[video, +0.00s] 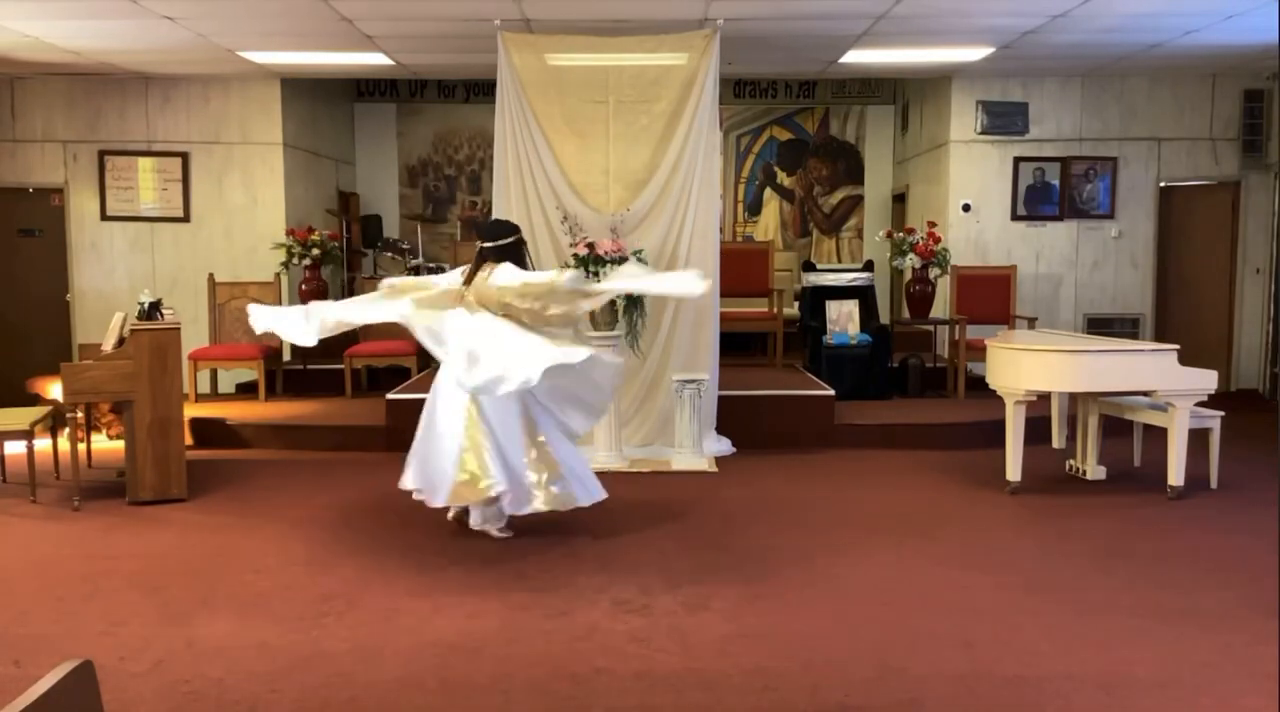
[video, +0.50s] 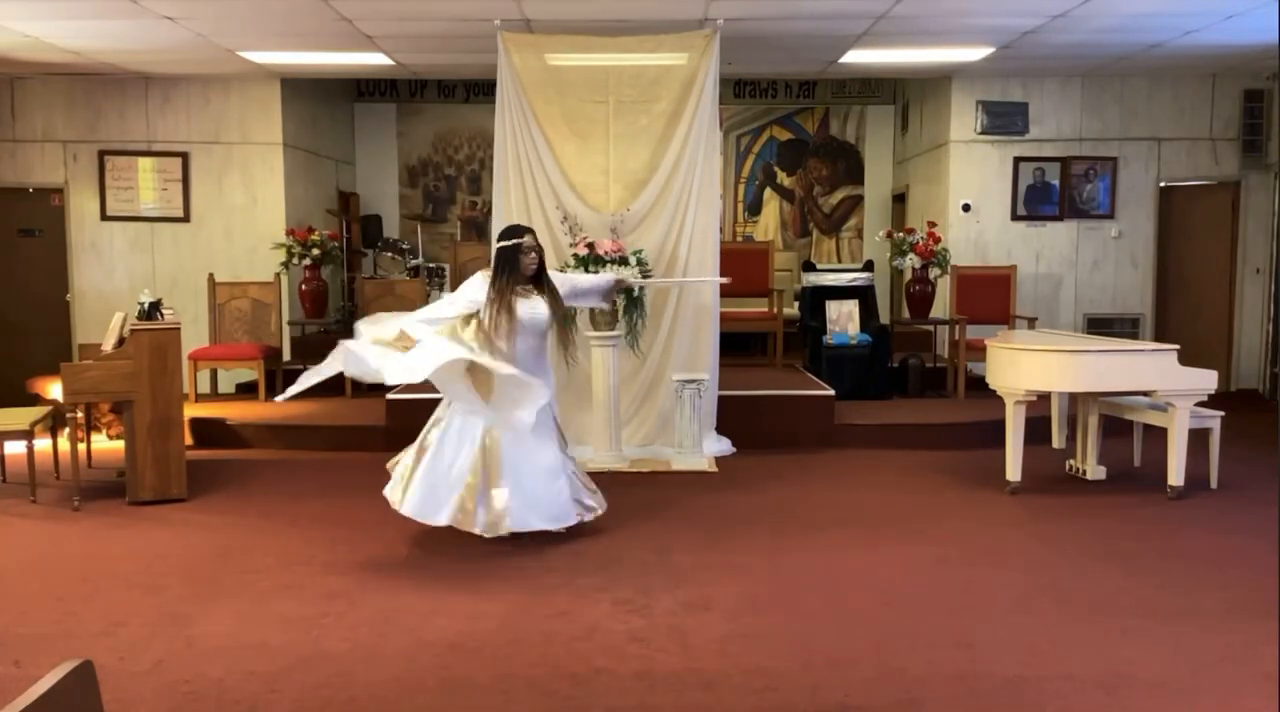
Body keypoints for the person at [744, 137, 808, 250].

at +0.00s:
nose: (777, 159)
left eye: (782, 155)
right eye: (777, 155)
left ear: (795, 157)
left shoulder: (805, 177)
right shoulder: (772, 175)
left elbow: (798, 199)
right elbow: (753, 211)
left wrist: (772, 183)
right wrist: (762, 183)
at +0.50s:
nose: (777, 159)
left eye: (782, 155)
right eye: (777, 155)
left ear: (795, 157)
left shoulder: (805, 177)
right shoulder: (772, 175)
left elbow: (798, 199)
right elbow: (753, 211)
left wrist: (772, 183)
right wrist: (762, 183)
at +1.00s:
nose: (777, 159)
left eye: (782, 155)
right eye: (777, 155)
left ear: (795, 157)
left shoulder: (805, 177)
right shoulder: (772, 175)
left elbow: (798, 199)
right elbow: (753, 211)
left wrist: (772, 183)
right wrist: (762, 183)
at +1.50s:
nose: (777, 159)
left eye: (782, 155)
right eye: (777, 155)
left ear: (795, 157)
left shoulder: (805, 177)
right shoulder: (772, 175)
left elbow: (798, 199)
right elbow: (753, 211)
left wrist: (772, 183)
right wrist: (762, 183)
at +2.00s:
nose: (777, 159)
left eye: (782, 155)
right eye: (777, 155)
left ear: (795, 157)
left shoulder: (805, 177)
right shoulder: (772, 175)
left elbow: (798, 199)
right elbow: (753, 211)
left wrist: (772, 183)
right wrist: (762, 183)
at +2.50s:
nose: (777, 159)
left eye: (781, 155)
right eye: (777, 155)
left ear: (794, 157)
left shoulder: (805, 177)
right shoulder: (772, 175)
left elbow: (798, 199)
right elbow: (753, 211)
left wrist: (772, 183)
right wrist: (762, 183)